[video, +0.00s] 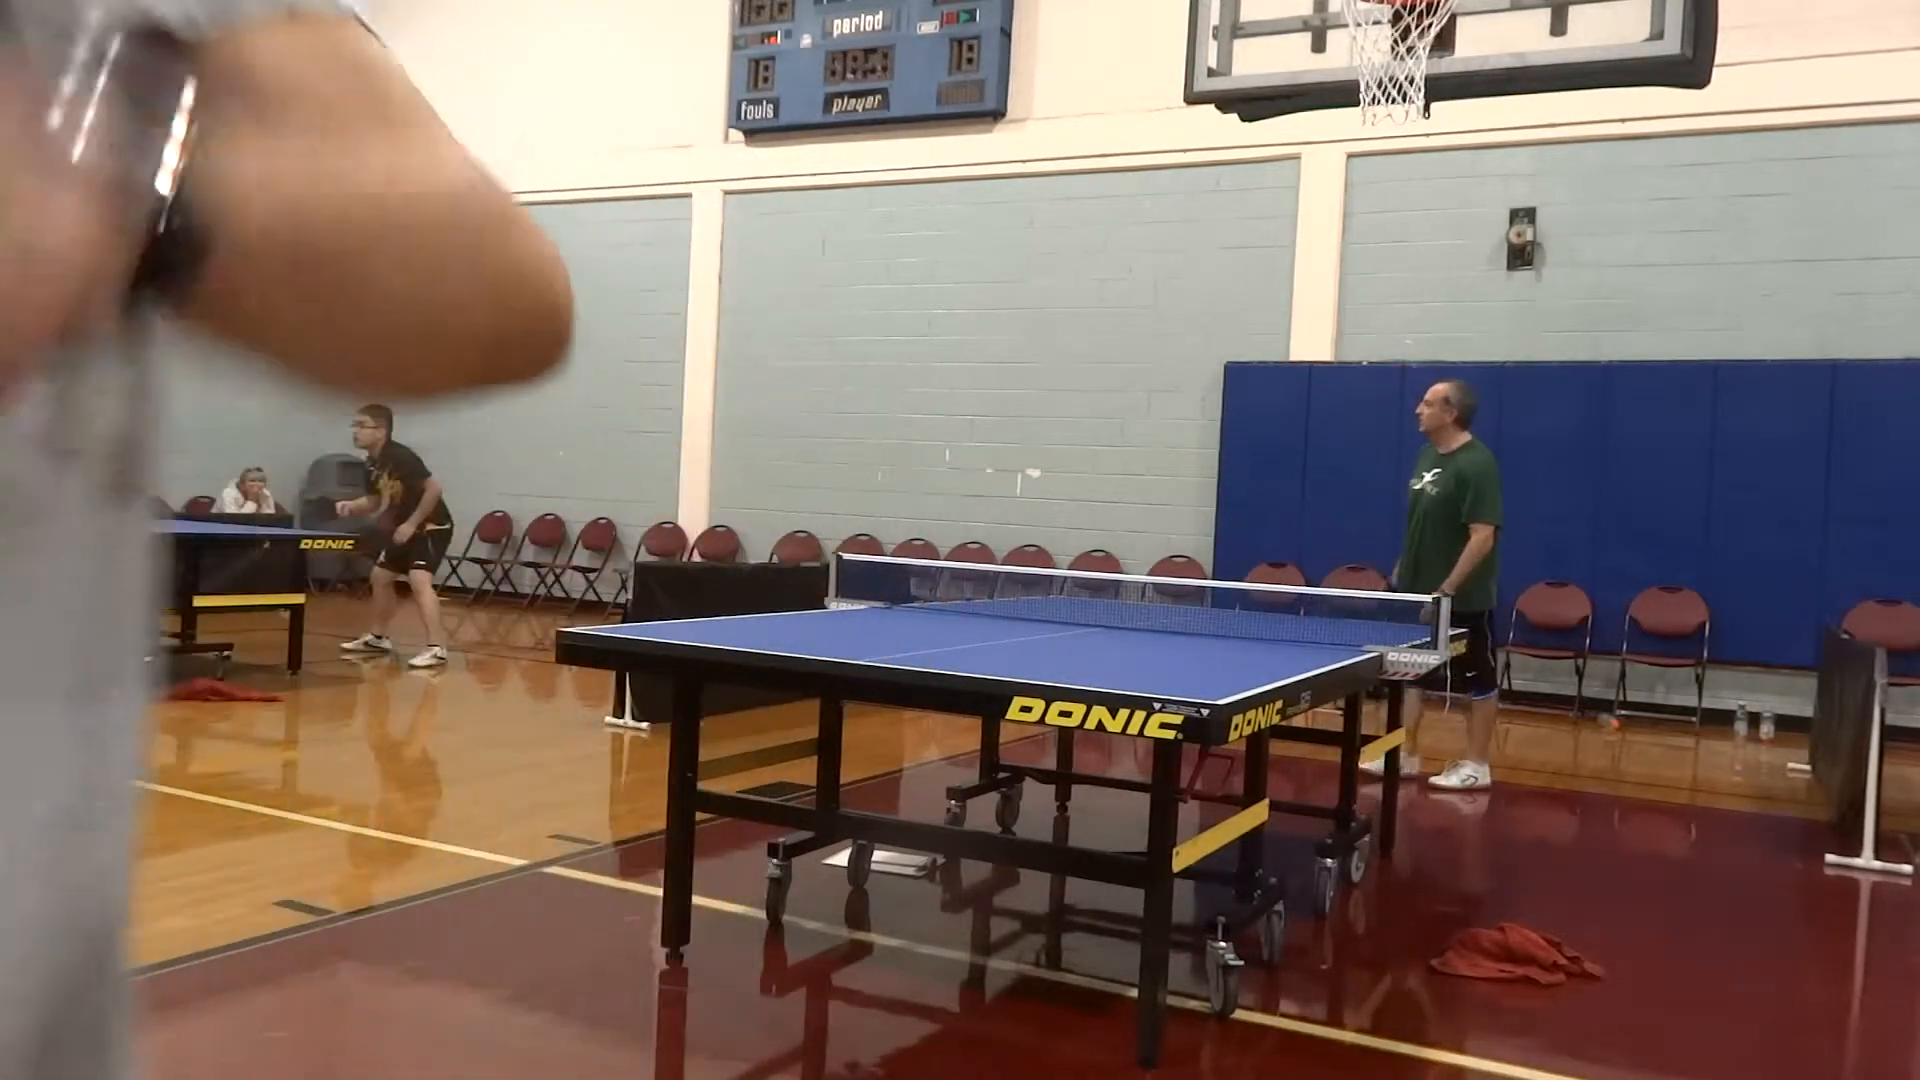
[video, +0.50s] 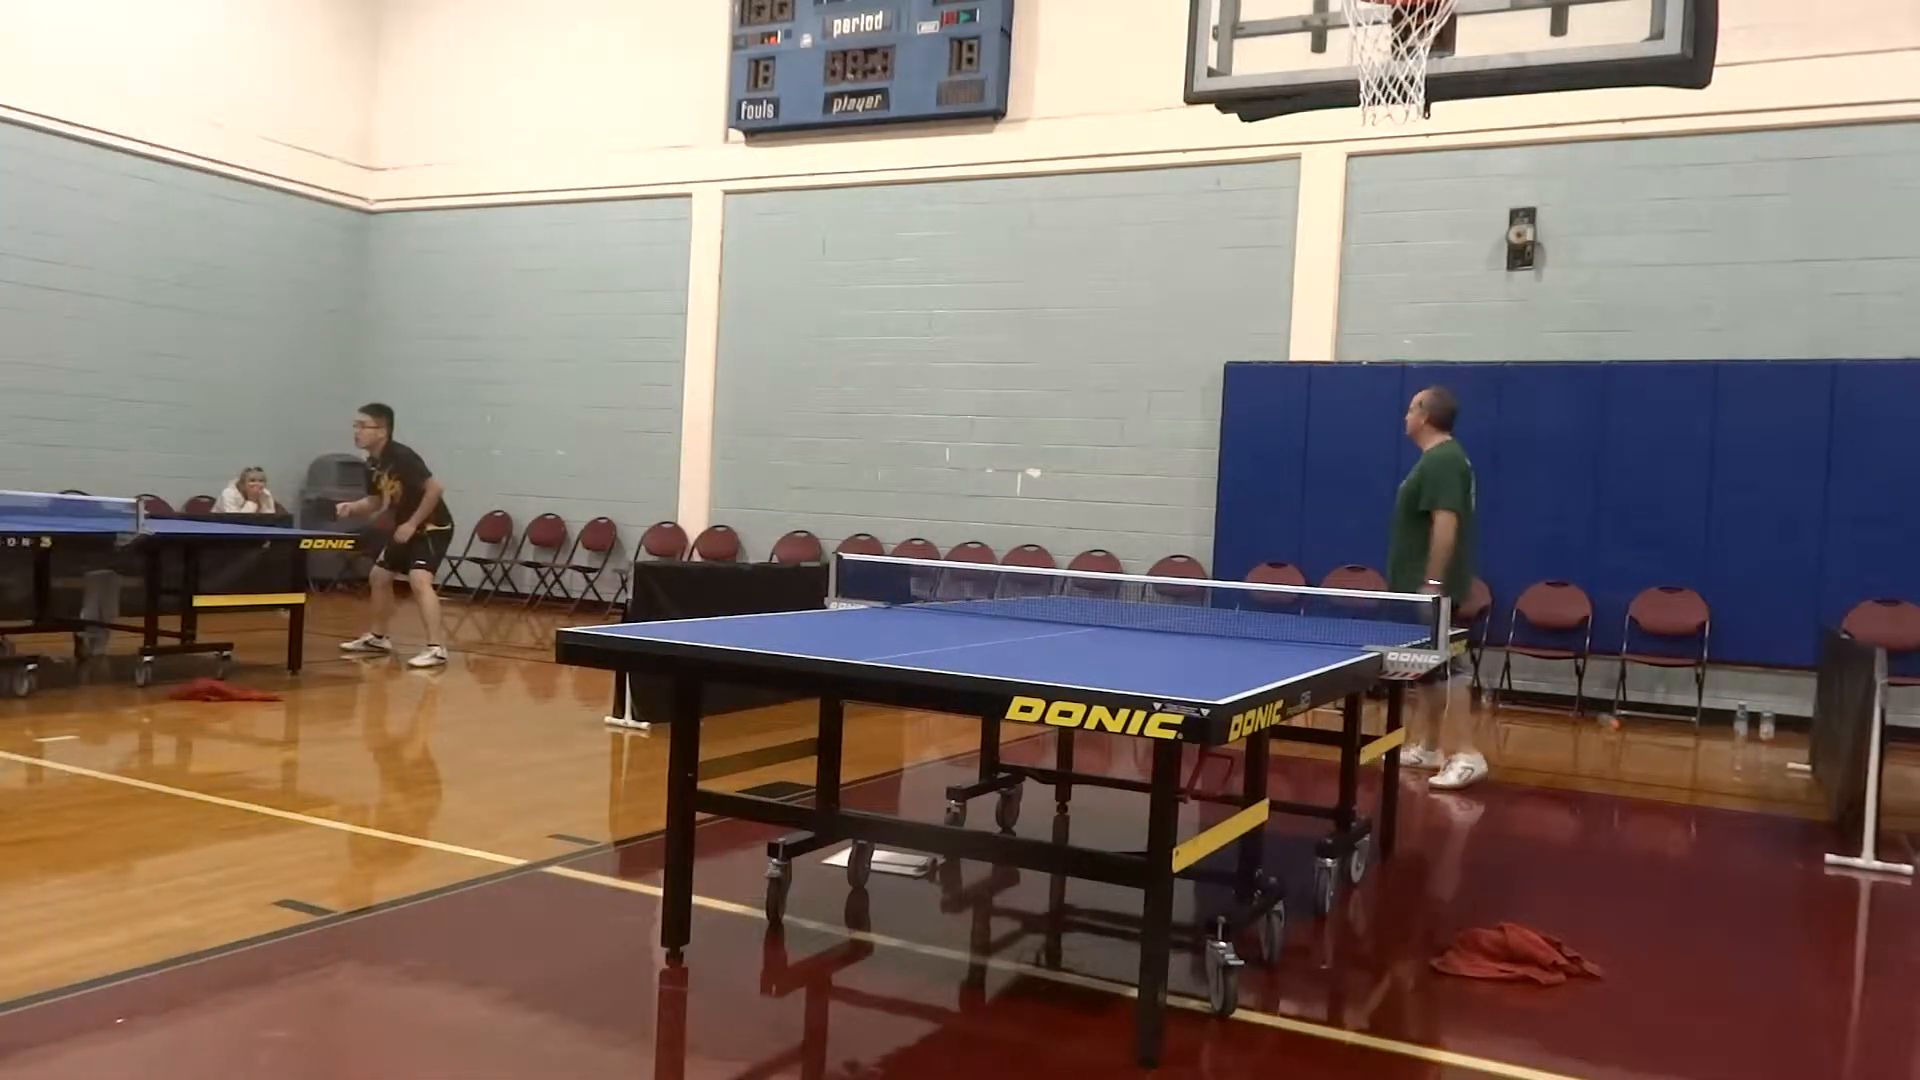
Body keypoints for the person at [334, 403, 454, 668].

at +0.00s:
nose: (356, 431)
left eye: (362, 427)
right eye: (356, 426)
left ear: (381, 430)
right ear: (370, 431)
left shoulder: (402, 456)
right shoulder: (371, 464)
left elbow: (433, 488)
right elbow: (373, 500)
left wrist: (412, 523)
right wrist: (351, 506)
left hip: (432, 526)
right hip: (406, 526)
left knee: (419, 578)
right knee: (380, 576)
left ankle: (436, 648)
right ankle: (378, 638)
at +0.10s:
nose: (356, 432)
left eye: (362, 427)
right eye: (356, 427)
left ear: (381, 431)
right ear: (371, 432)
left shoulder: (402, 456)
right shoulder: (371, 464)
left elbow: (434, 488)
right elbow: (373, 500)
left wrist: (411, 524)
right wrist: (352, 506)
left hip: (432, 526)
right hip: (405, 527)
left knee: (419, 578)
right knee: (379, 576)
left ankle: (436, 648)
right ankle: (378, 638)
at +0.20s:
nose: (355, 432)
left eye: (362, 427)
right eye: (355, 426)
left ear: (380, 432)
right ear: (371, 433)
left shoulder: (401, 457)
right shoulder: (371, 464)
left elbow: (434, 489)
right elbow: (373, 500)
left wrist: (411, 525)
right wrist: (351, 507)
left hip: (432, 527)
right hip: (406, 527)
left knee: (418, 579)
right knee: (378, 576)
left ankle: (436, 649)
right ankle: (378, 638)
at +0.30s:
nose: (355, 431)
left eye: (362, 426)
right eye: (355, 425)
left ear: (380, 431)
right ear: (370, 432)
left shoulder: (402, 456)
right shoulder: (371, 464)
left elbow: (433, 488)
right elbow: (374, 500)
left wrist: (411, 523)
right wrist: (353, 506)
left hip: (433, 526)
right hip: (405, 526)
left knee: (419, 578)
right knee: (379, 576)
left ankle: (436, 648)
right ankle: (378, 638)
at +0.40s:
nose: (356, 431)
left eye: (362, 426)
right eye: (355, 425)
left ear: (381, 432)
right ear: (370, 432)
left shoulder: (402, 456)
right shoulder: (372, 464)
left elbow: (434, 488)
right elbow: (375, 500)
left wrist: (411, 523)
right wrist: (353, 507)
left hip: (433, 526)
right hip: (405, 526)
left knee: (419, 579)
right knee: (379, 576)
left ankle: (436, 648)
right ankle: (378, 638)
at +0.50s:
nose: (356, 431)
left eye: (363, 426)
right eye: (356, 425)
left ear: (382, 431)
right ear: (370, 432)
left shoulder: (403, 456)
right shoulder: (372, 464)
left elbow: (434, 488)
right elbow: (376, 500)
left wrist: (412, 524)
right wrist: (353, 507)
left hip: (433, 526)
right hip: (405, 526)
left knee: (419, 578)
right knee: (379, 576)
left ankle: (436, 648)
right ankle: (378, 638)